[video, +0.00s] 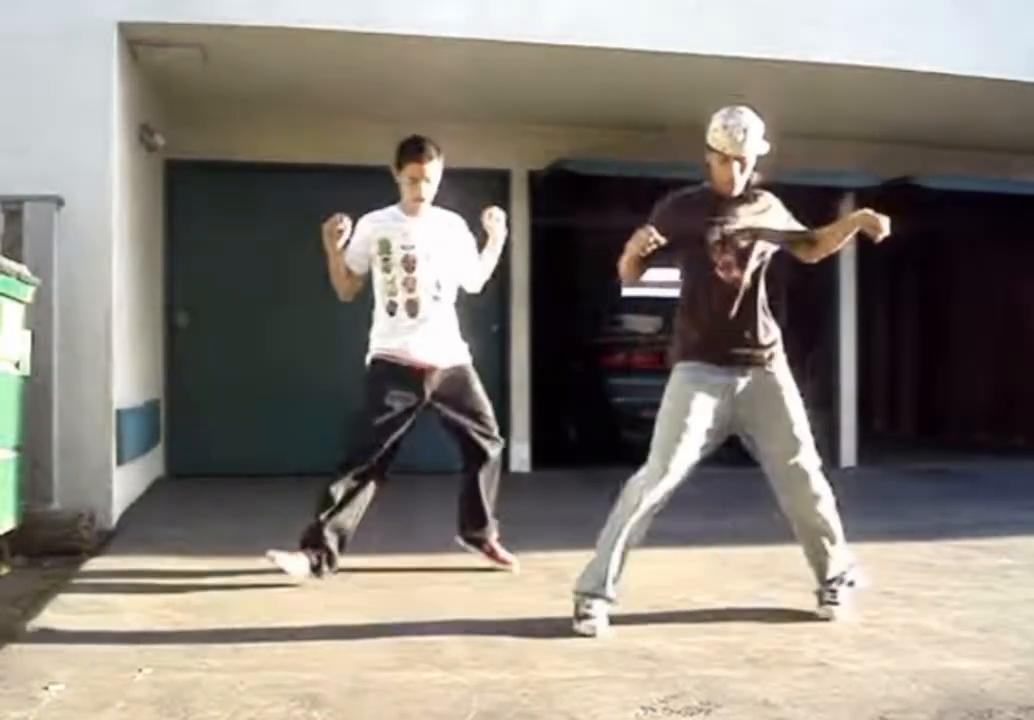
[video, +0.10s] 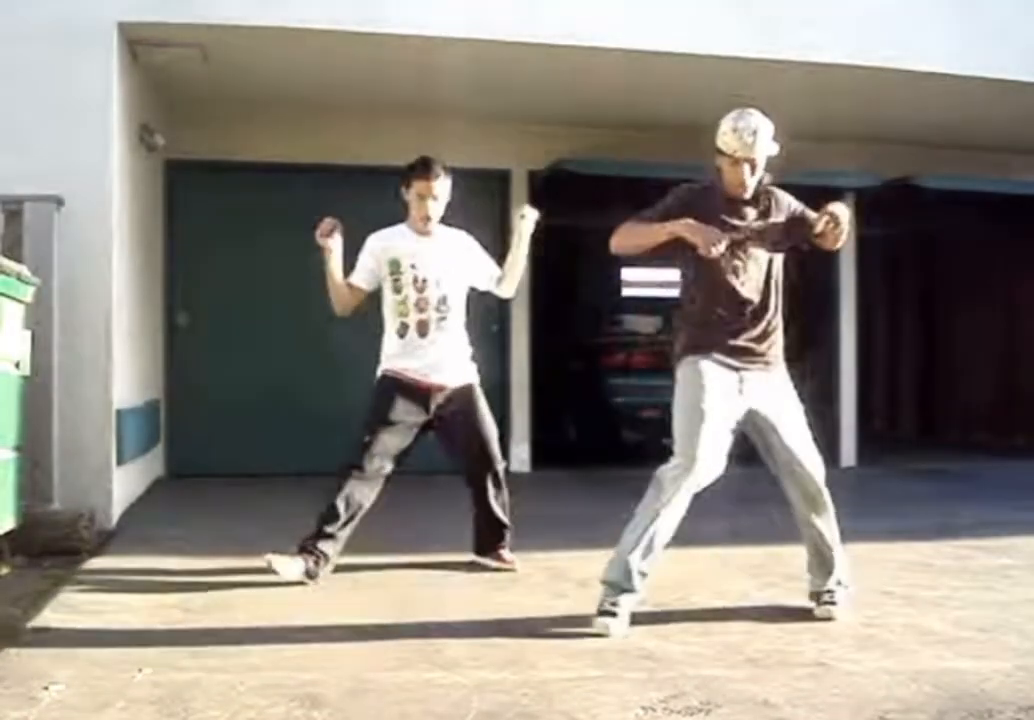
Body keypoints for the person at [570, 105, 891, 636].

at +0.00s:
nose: (736, 173)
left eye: (745, 163)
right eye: (727, 162)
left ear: (757, 161)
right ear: (709, 157)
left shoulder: (767, 206)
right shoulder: (681, 209)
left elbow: (808, 250)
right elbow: (629, 274)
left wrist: (852, 222)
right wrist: (634, 252)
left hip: (764, 367)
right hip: (699, 368)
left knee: (800, 472)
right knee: (659, 477)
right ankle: (594, 594)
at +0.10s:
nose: (744, 176)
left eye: (754, 164)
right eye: (734, 164)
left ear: (768, 160)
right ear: (719, 158)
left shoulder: (779, 205)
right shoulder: (690, 203)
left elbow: (826, 239)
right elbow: (619, 242)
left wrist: (837, 221)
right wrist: (679, 227)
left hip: (767, 365)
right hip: (708, 362)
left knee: (808, 473)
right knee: (694, 465)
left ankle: (828, 583)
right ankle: (619, 591)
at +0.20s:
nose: (734, 152)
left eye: (743, 143)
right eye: (727, 140)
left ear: (754, 139)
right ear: (711, 130)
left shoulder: (756, 178)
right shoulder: (684, 168)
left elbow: (785, 240)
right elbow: (647, 221)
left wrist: (777, 277)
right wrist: (704, 254)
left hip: (737, 327)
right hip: (683, 325)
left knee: (767, 442)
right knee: (707, 433)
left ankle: (758, 569)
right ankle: (714, 576)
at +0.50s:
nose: (697, 171)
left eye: (708, 162)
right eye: (690, 158)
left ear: (722, 162)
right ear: (676, 151)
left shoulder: (721, 220)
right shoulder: (641, 204)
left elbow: (726, 297)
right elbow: (598, 271)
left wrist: (737, 373)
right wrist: (633, 335)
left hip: (708, 358)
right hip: (659, 359)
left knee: (701, 471)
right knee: (701, 473)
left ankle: (658, 570)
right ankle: (763, 582)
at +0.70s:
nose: (667, 158)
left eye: (677, 148)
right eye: (660, 145)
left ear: (688, 145)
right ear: (642, 133)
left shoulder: (685, 186)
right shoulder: (602, 178)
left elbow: (651, 233)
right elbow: (532, 206)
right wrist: (569, 262)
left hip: (676, 340)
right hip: (620, 345)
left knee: (735, 436)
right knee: (614, 463)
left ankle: (745, 554)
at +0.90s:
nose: (659, 174)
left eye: (669, 163)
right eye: (651, 160)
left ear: (680, 161)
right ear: (631, 151)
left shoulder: (674, 201)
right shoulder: (592, 199)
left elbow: (662, 232)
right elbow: (531, 240)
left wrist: (682, 260)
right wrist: (580, 272)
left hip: (665, 360)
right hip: (607, 367)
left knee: (738, 449)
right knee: (584, 481)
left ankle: (787, 562)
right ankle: (523, 577)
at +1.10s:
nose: (682, 156)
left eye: (692, 145)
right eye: (673, 143)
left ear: (705, 141)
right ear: (656, 133)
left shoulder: (707, 185)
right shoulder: (621, 176)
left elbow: (729, 263)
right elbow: (583, 243)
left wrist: (717, 235)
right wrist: (654, 238)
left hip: (693, 342)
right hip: (632, 341)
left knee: (720, 446)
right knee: (631, 452)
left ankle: (679, 551)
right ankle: (644, 574)